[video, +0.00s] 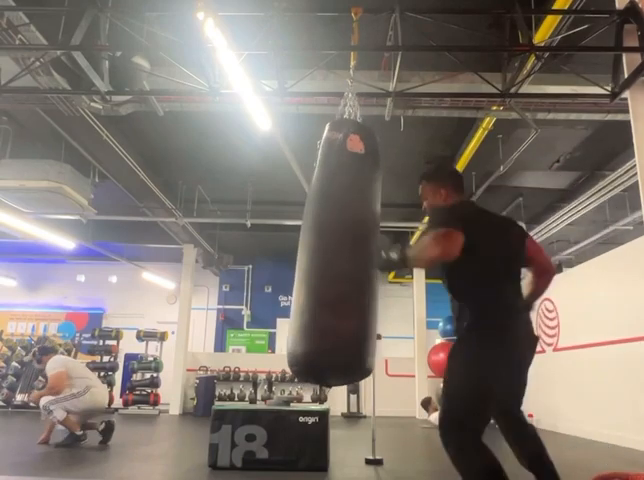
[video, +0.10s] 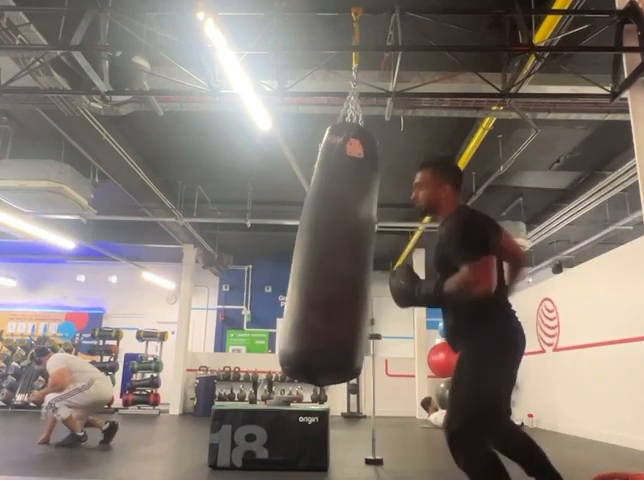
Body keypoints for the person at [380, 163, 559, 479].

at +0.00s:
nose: (425, 207)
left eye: (426, 198)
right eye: (422, 200)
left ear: (443, 192)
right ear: (460, 191)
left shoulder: (449, 216)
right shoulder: (504, 224)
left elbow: (445, 247)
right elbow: (545, 268)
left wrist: (401, 255)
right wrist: (525, 302)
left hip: (483, 337)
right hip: (519, 335)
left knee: (457, 430)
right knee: (507, 412)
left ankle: (491, 477)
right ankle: (549, 475)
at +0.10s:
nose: (414, 195)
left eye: (420, 186)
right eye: (415, 187)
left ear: (445, 187)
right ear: (446, 189)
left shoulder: (460, 224)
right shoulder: (475, 219)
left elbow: (479, 280)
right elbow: (517, 255)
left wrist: (420, 293)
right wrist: (498, 292)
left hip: (486, 342)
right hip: (500, 337)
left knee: (463, 435)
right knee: (495, 425)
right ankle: (550, 476)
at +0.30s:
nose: (424, 222)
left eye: (428, 213)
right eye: (422, 216)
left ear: (451, 209)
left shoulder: (488, 247)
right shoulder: (444, 253)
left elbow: (503, 306)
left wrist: (445, 296)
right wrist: (424, 281)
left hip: (497, 349)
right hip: (474, 351)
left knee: (445, 417)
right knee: (490, 427)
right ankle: (538, 477)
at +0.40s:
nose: (420, 245)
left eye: (423, 236)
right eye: (419, 239)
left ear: (444, 231)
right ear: (442, 234)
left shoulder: (475, 256)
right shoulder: (462, 267)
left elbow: (502, 295)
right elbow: (480, 314)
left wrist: (451, 320)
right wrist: (441, 321)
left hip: (503, 355)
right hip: (497, 355)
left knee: (445, 418)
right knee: (476, 419)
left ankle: (462, 475)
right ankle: (518, 475)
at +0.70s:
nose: (436, 222)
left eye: (437, 214)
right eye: (434, 217)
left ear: (456, 206)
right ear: (457, 209)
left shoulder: (481, 230)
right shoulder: (470, 239)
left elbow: (505, 268)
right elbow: (489, 283)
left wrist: (471, 311)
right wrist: (461, 285)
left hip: (509, 322)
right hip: (509, 321)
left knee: (477, 392)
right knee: (508, 398)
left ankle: (518, 469)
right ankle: (535, 467)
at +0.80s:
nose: (444, 230)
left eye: (445, 221)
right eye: (441, 224)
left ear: (464, 211)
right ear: (461, 215)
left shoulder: (489, 233)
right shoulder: (476, 243)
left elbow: (506, 274)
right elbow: (488, 284)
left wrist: (465, 303)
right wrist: (459, 286)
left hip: (504, 330)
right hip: (503, 329)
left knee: (487, 407)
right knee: (518, 404)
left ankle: (528, 472)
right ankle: (541, 470)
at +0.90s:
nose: (447, 243)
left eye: (448, 235)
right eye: (445, 237)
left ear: (467, 226)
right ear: (466, 229)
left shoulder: (497, 249)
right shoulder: (478, 260)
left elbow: (513, 288)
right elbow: (485, 294)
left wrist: (463, 297)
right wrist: (453, 294)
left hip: (506, 343)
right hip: (501, 343)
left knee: (467, 411)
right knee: (520, 415)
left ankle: (522, 474)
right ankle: (551, 473)